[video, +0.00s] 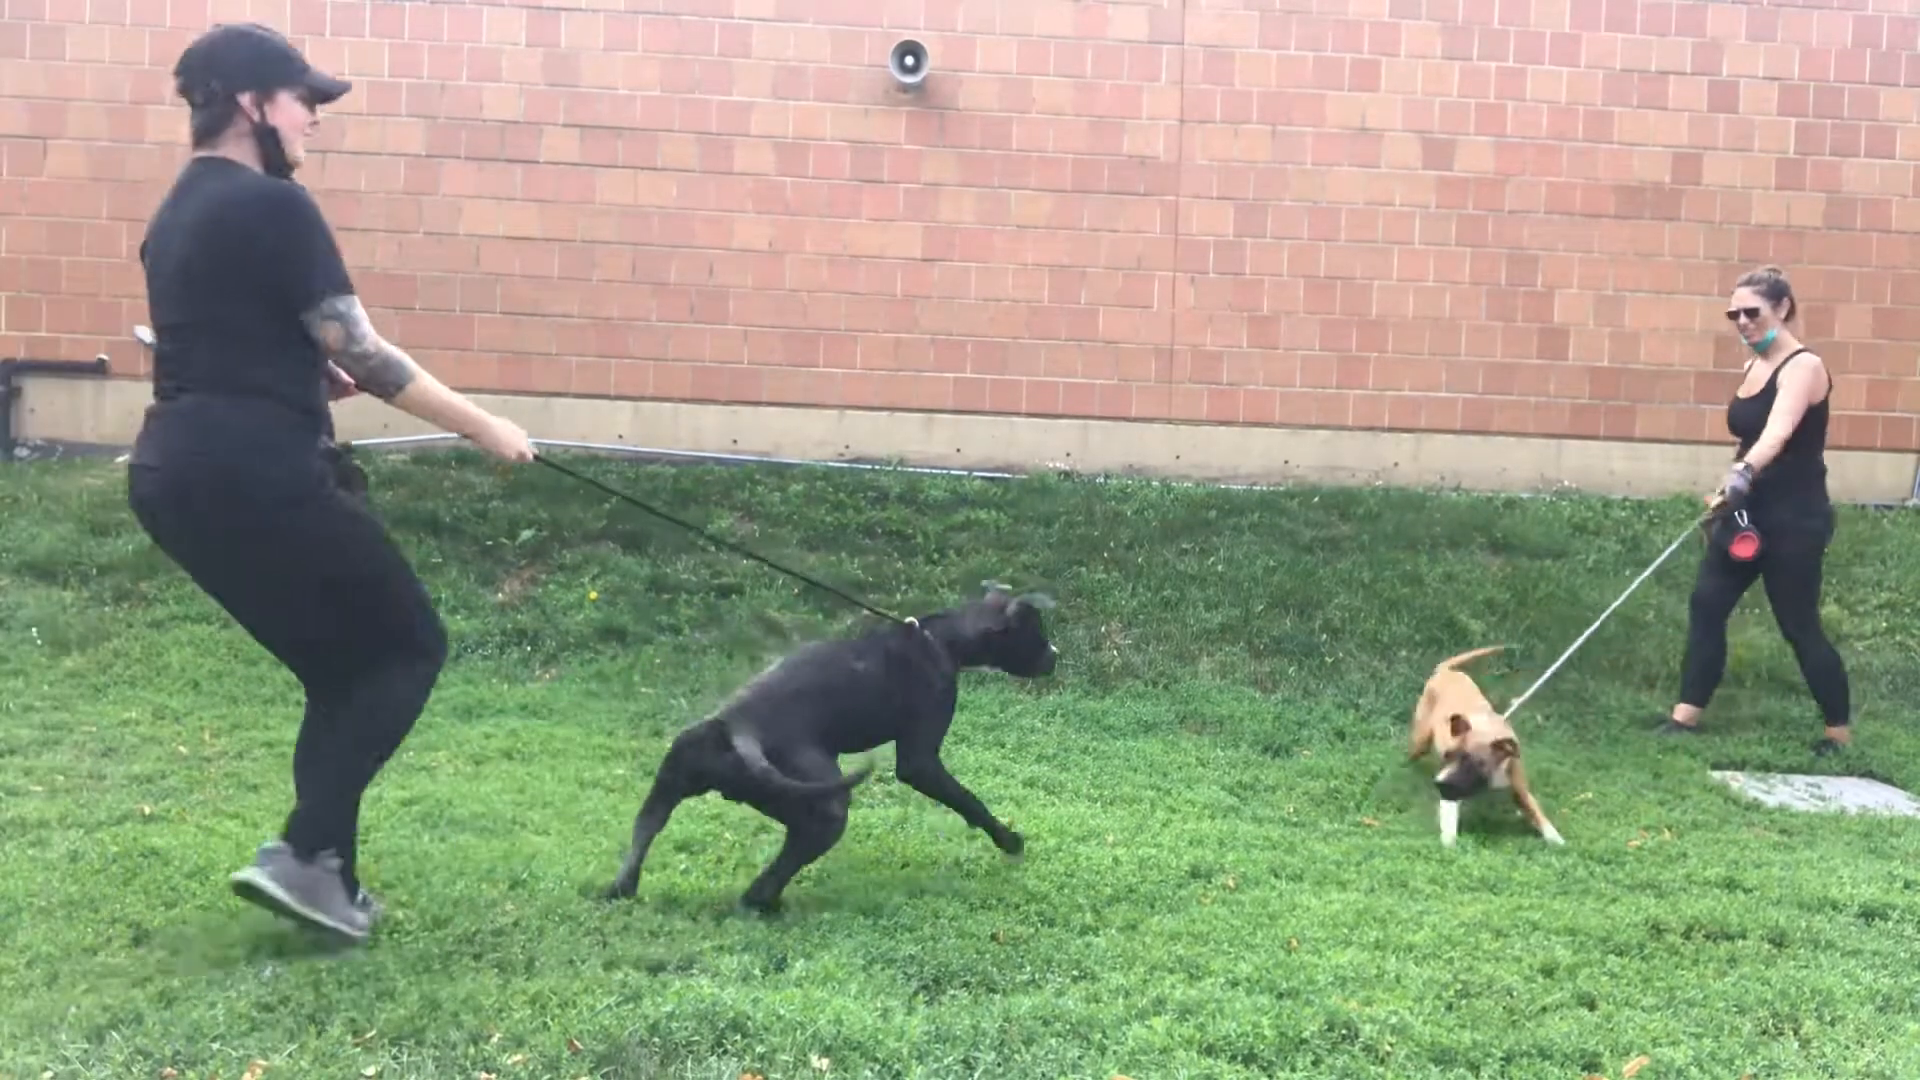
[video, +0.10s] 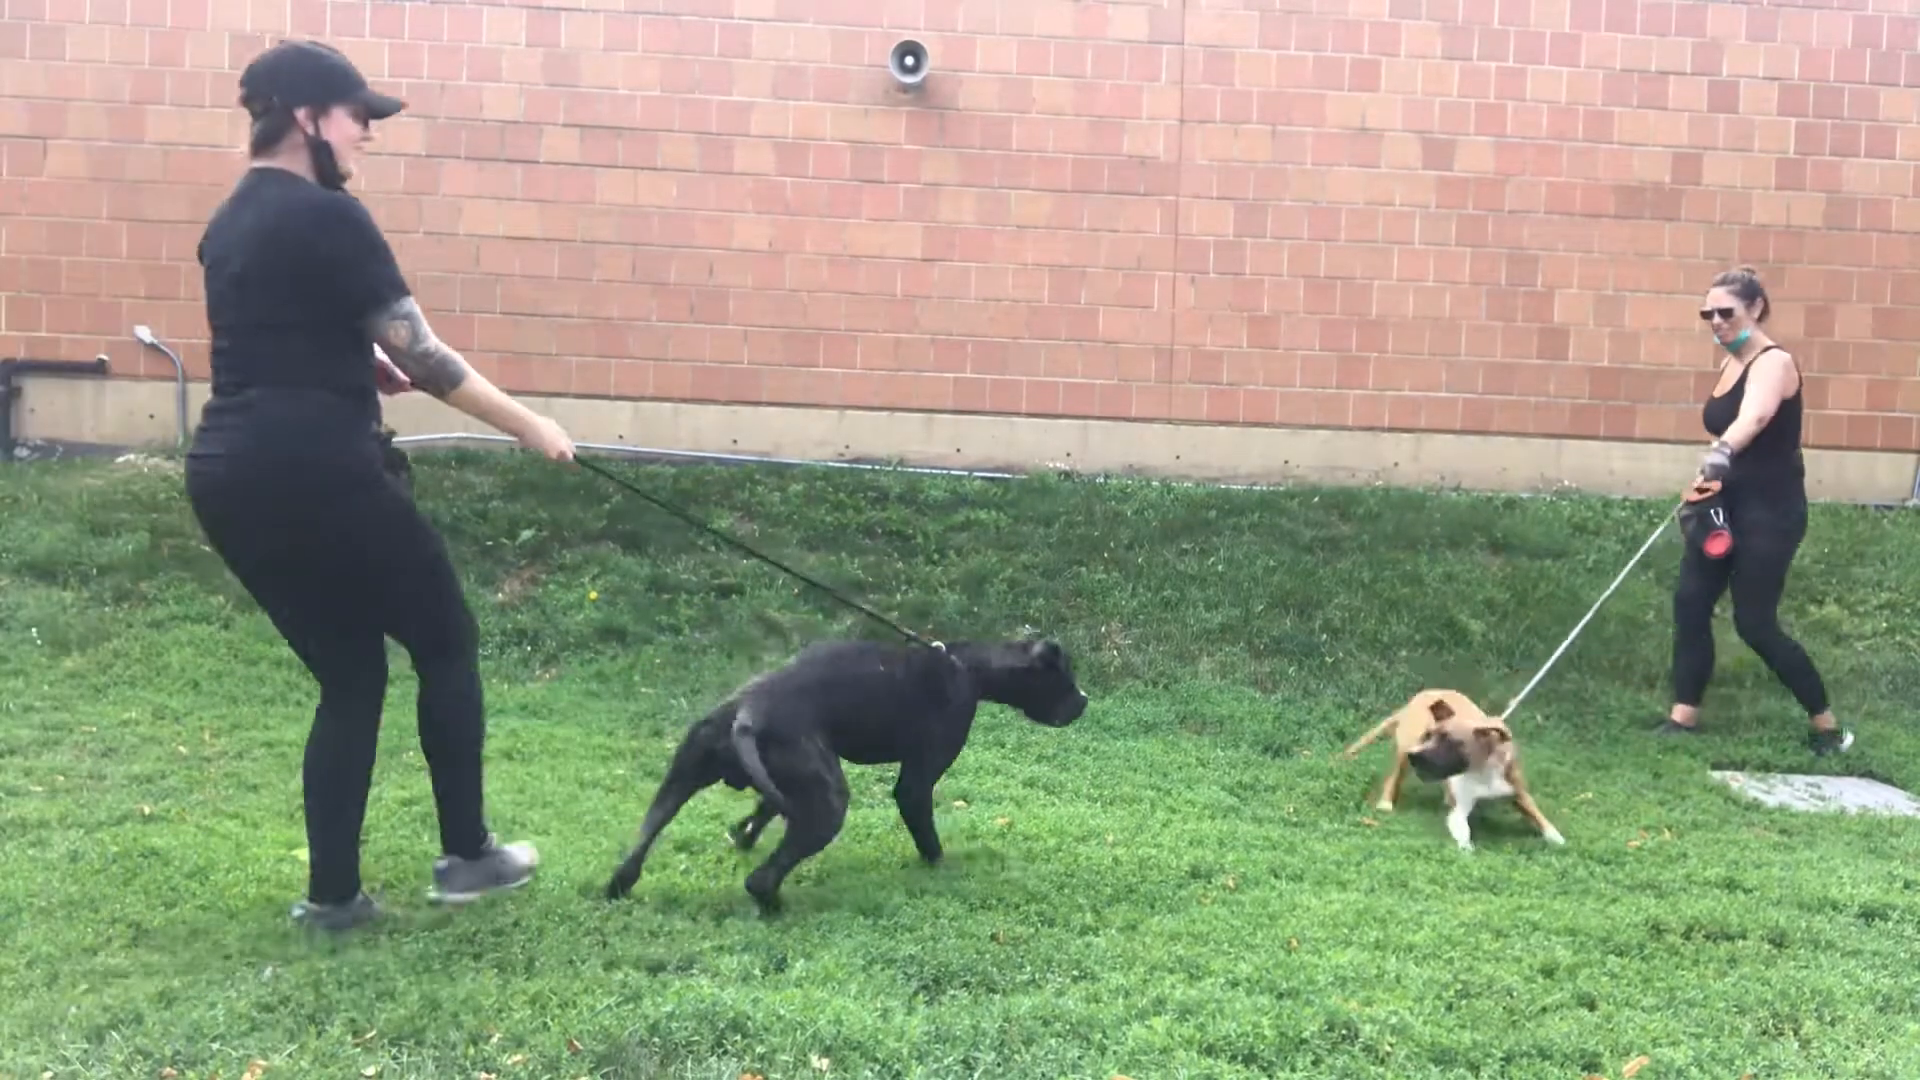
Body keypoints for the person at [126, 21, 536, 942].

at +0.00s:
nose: (311, 118)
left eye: (309, 101)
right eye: (299, 100)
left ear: (227, 110)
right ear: (249, 105)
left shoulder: (178, 210)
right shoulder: (272, 205)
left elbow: (181, 357)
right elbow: (363, 353)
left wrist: (314, 371)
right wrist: (481, 424)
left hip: (168, 468)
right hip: (257, 470)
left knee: (336, 666)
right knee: (412, 643)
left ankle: (331, 880)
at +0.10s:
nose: (365, 135)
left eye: (366, 119)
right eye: (356, 117)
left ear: (283, 122)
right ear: (306, 117)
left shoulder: (229, 222)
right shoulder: (329, 216)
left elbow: (261, 353)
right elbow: (423, 355)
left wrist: (362, 369)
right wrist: (527, 424)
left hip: (226, 468)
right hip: (326, 465)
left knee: (351, 670)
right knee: (445, 638)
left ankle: (333, 897)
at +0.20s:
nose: (416, 165)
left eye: (416, 149)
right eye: (406, 147)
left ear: (334, 154)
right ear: (355, 149)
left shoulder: (284, 249)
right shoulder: (391, 245)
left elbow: (326, 369)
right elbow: (469, 374)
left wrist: (424, 389)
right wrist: (567, 440)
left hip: (288, 478)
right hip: (388, 482)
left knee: (385, 674)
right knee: (463, 669)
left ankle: (338, 878)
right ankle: (504, 850)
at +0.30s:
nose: (460, 192)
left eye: (461, 176)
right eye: (452, 174)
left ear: (385, 180)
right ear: (407, 177)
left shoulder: (332, 270)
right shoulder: (438, 267)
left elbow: (372, 386)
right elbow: (519, 392)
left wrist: (471, 411)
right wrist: (609, 460)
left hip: (334, 486)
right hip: (427, 485)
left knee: (449, 649)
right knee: (516, 655)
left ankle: (389, 803)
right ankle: (498, 850)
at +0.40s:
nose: (503, 191)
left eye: (502, 176)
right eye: (494, 175)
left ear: (435, 182)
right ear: (451, 178)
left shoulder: (392, 264)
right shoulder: (477, 263)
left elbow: (423, 370)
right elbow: (570, 379)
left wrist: (510, 394)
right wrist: (664, 443)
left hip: (375, 486)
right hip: (455, 488)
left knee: (503, 633)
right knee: (532, 650)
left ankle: (478, 805)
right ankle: (498, 848)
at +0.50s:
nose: (549, 195)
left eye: (549, 181)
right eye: (541, 180)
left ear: (479, 186)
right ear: (500, 184)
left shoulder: (442, 267)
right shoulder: (523, 267)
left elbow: (470, 367)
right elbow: (605, 383)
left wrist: (549, 393)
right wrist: (691, 450)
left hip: (427, 468)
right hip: (498, 470)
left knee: (552, 629)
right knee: (544, 655)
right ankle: (497, 848)